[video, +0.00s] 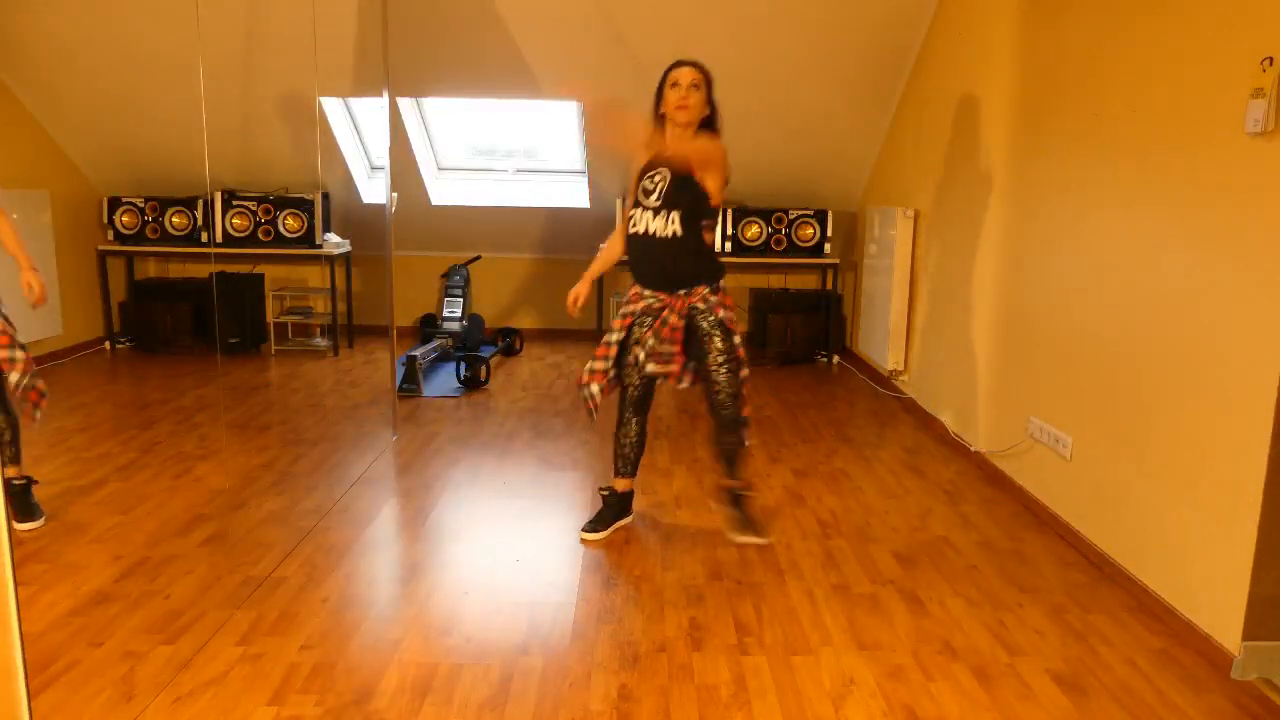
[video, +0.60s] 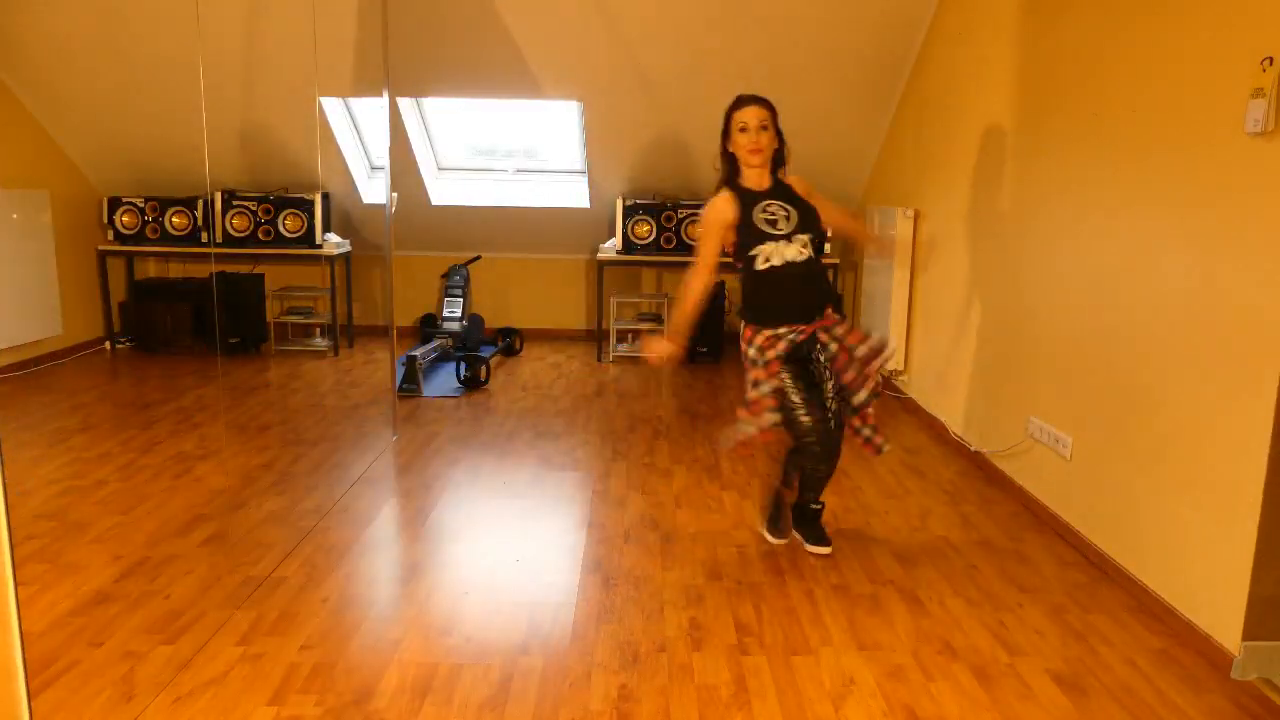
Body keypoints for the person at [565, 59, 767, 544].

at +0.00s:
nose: (683, 94)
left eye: (694, 88)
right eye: (675, 87)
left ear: (707, 102)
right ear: (660, 100)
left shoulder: (711, 152)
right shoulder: (647, 155)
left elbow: (691, 156)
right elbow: (625, 232)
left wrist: (622, 126)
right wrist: (588, 278)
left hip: (700, 295)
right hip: (646, 295)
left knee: (726, 393)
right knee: (633, 397)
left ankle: (737, 495)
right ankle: (620, 497)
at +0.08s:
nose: (693, 86)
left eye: (704, 83)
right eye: (685, 81)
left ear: (718, 100)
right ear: (670, 98)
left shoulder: (720, 151)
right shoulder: (665, 162)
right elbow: (642, 231)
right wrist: (601, 276)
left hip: (707, 299)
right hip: (657, 299)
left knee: (743, 404)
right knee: (640, 399)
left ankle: (782, 498)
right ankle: (620, 496)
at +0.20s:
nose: (709, 114)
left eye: (718, 105)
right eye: (700, 106)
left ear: (734, 115)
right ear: (687, 117)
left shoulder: (741, 172)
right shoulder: (685, 177)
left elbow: (741, 87)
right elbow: (664, 251)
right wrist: (615, 286)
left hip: (732, 309)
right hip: (683, 310)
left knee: (760, 414)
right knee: (657, 401)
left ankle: (804, 506)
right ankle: (626, 501)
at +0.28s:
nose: (723, 124)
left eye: (733, 116)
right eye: (714, 116)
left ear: (749, 128)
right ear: (700, 128)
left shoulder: (759, 179)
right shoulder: (699, 195)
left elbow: (782, 101)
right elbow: (679, 261)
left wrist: (792, 26)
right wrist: (626, 293)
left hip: (761, 318)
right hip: (705, 319)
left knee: (777, 420)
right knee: (668, 411)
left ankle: (803, 511)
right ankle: (626, 502)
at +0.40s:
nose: (738, 133)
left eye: (747, 124)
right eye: (727, 125)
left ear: (762, 133)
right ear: (714, 136)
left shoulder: (783, 169)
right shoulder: (707, 203)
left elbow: (842, 122)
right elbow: (682, 262)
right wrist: (633, 300)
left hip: (803, 318)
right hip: (742, 320)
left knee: (814, 427)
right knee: (695, 409)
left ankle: (807, 508)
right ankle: (656, 482)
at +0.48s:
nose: (746, 136)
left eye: (755, 127)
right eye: (735, 128)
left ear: (769, 137)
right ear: (721, 141)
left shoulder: (789, 176)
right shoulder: (711, 205)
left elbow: (847, 166)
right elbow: (678, 262)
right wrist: (639, 308)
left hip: (814, 321)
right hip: (757, 326)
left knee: (825, 430)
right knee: (738, 427)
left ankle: (807, 508)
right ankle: (701, 468)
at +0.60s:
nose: (754, 138)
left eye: (763, 128)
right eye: (743, 130)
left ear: (776, 137)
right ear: (729, 142)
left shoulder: (796, 189)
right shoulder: (725, 206)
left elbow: (836, 219)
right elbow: (701, 276)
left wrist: (874, 240)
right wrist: (674, 338)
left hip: (819, 325)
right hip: (769, 336)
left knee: (832, 430)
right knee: (810, 436)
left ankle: (809, 510)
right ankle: (782, 499)